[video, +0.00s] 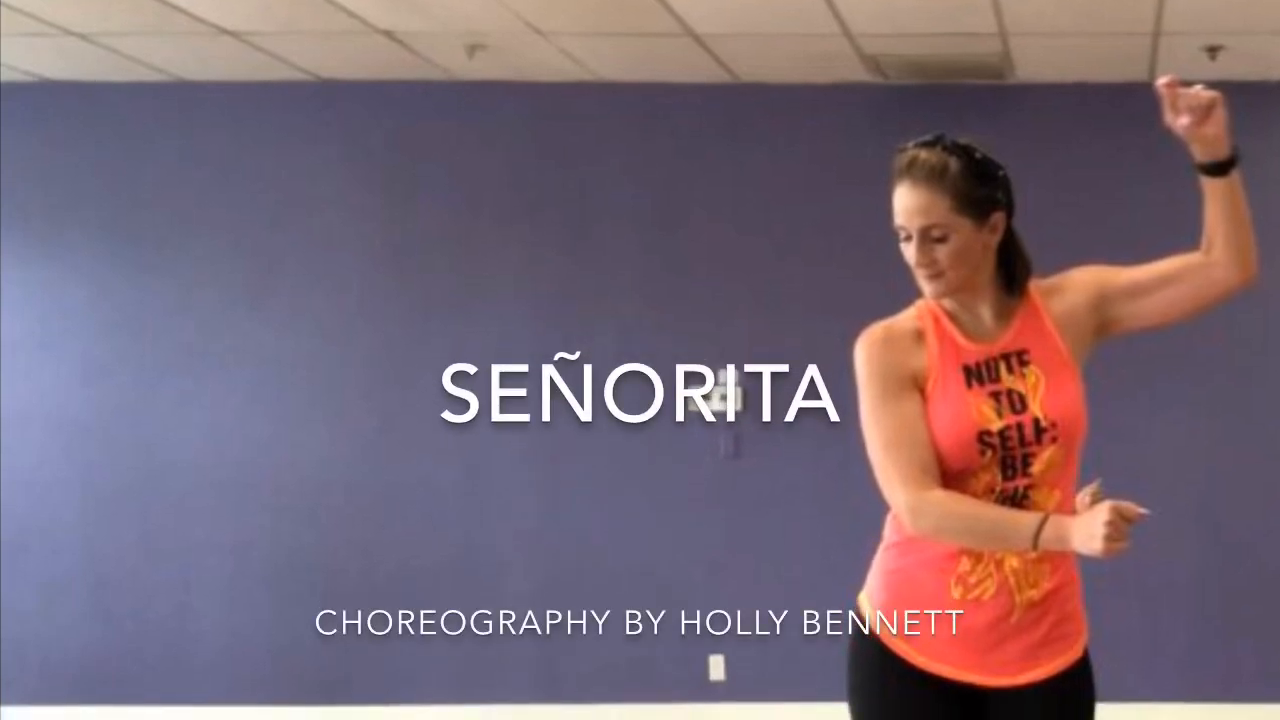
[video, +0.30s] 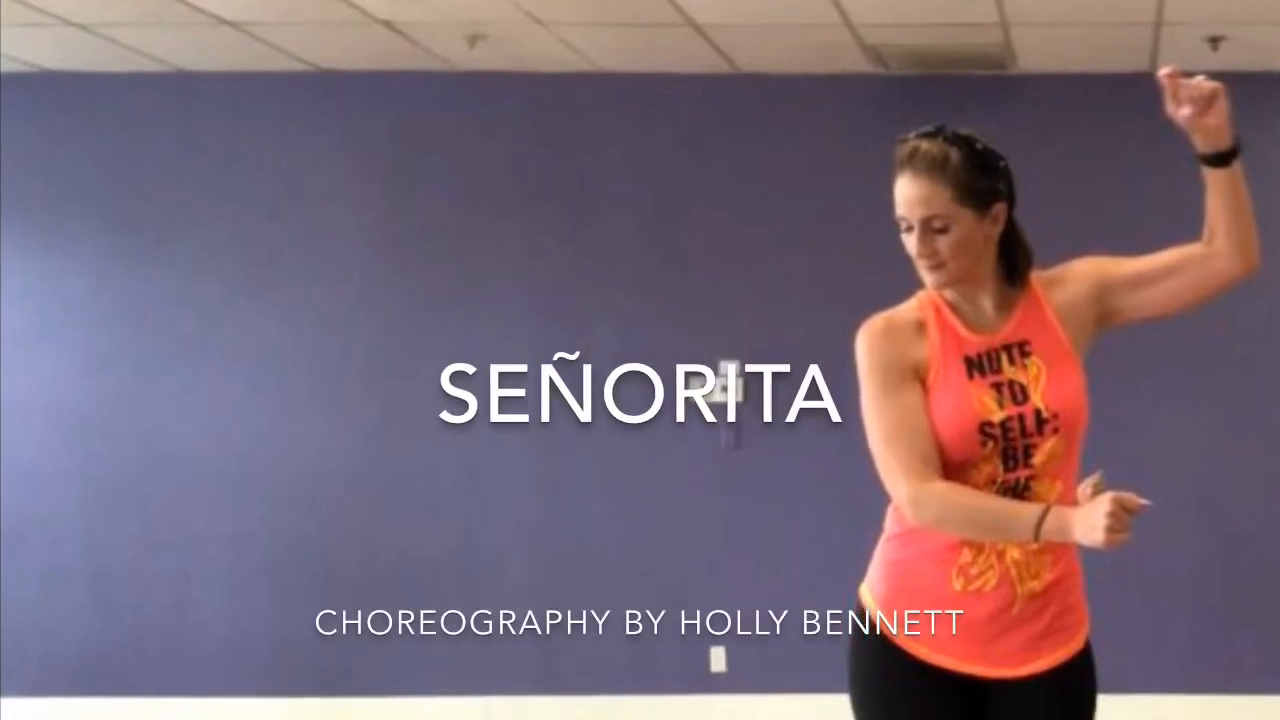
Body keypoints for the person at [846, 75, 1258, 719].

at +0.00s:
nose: (918, 256)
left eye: (937, 235)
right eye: (905, 236)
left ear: (994, 225)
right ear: (894, 233)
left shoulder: (1074, 306)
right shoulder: (890, 349)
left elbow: (1230, 267)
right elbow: (918, 506)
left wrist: (1214, 156)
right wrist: (1064, 531)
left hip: (1041, 662)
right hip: (911, 659)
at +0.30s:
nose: (919, 247)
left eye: (938, 226)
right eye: (907, 228)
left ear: (996, 216)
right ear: (895, 223)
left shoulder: (1075, 297)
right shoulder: (891, 340)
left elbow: (1232, 256)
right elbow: (920, 498)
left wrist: (1216, 147)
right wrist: (1065, 523)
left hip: (1043, 654)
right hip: (913, 650)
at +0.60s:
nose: (920, 238)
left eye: (939, 218)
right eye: (908, 220)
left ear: (997, 206)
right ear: (898, 215)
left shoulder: (1077, 287)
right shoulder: (893, 331)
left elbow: (1234, 247)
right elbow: (921, 488)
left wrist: (1217, 136)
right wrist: (1066, 513)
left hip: (1045, 643)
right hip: (913, 640)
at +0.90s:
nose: (922, 229)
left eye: (940, 210)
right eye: (909, 211)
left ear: (998, 197)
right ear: (899, 205)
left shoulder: (1078, 278)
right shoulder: (894, 322)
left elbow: (1235, 238)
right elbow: (922, 480)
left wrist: (1219, 127)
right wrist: (1066, 503)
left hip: (1045, 635)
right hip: (913, 633)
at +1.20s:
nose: (923, 220)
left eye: (942, 200)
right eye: (910, 201)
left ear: (1000, 189)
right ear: (900, 196)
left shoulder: (1079, 269)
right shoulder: (895, 313)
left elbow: (1237, 230)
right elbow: (923, 470)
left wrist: (1221, 118)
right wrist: (1065, 495)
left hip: (1046, 625)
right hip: (915, 625)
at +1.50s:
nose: (924, 211)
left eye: (943, 190)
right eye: (911, 192)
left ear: (1001, 179)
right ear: (902, 187)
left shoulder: (1081, 260)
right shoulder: (896, 305)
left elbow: (1238, 220)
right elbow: (925, 460)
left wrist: (1222, 108)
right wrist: (1068, 486)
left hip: (1048, 618)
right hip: (916, 618)